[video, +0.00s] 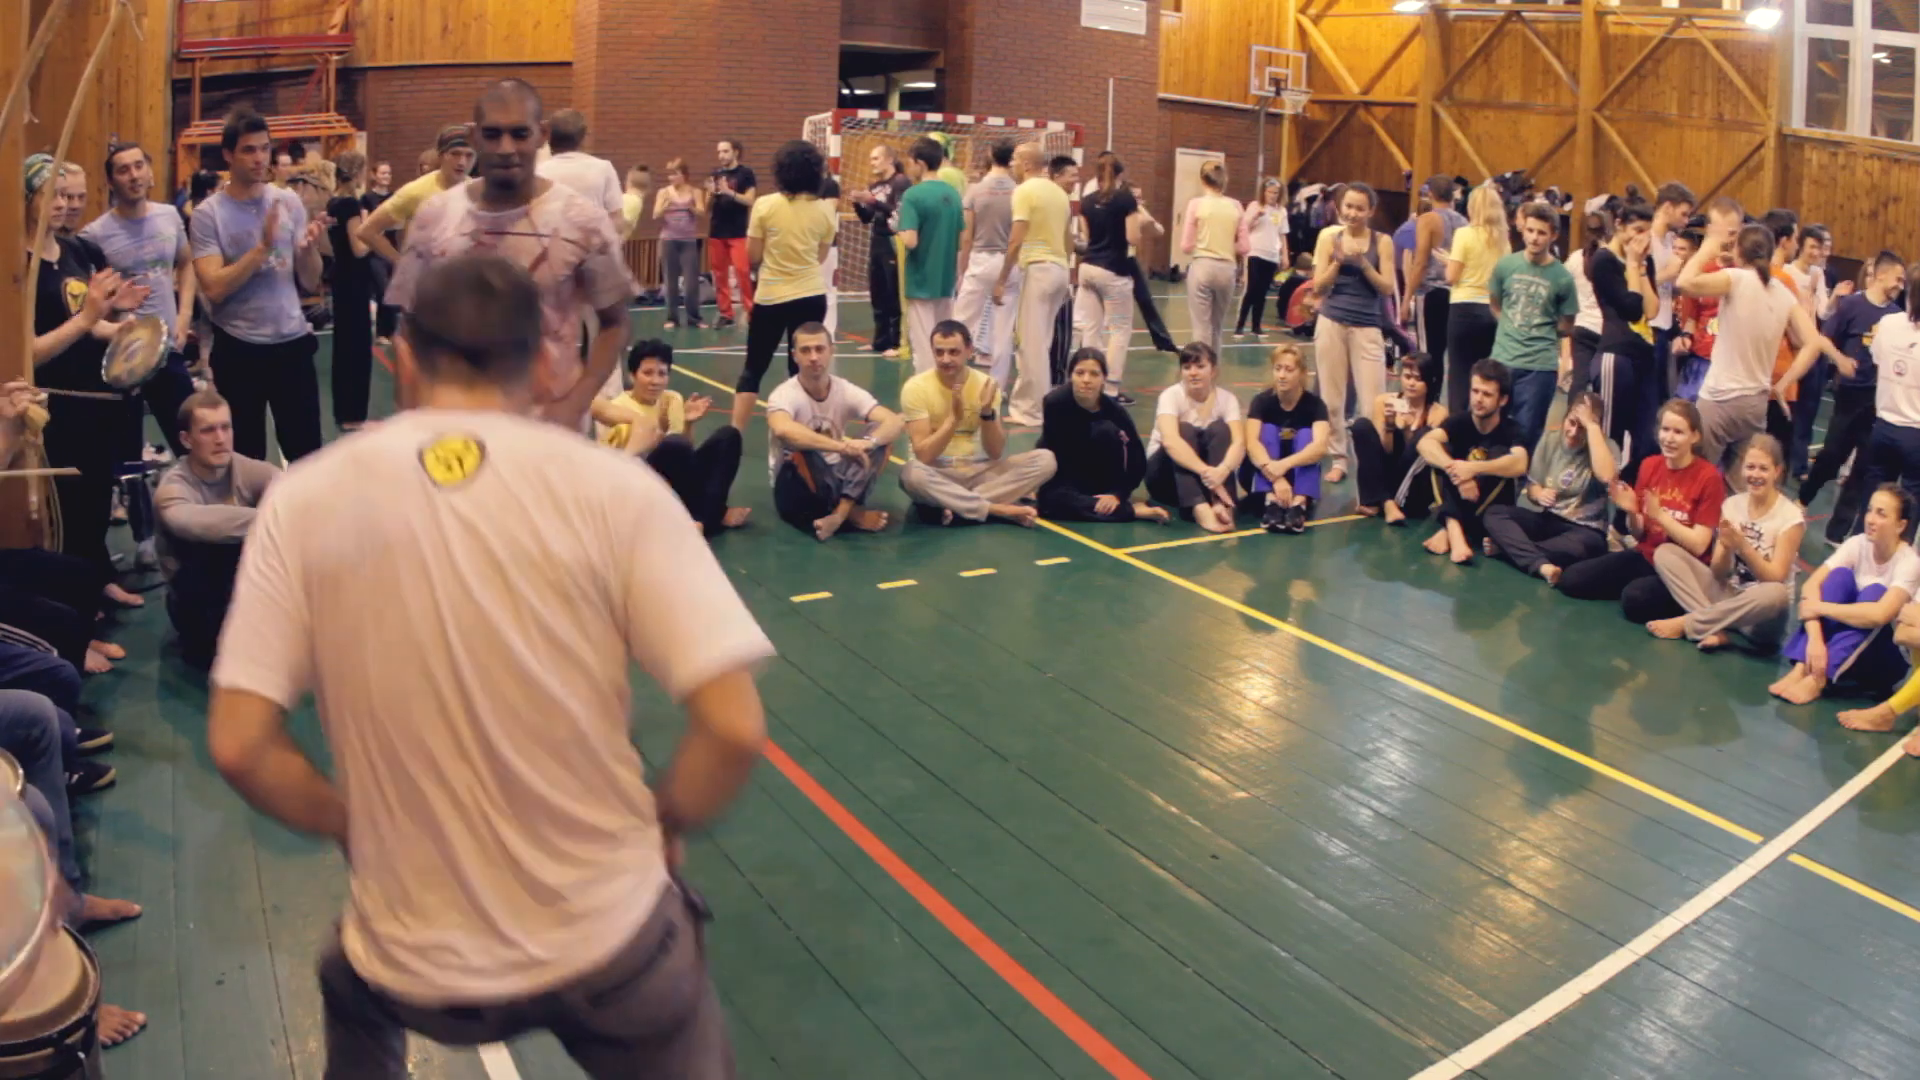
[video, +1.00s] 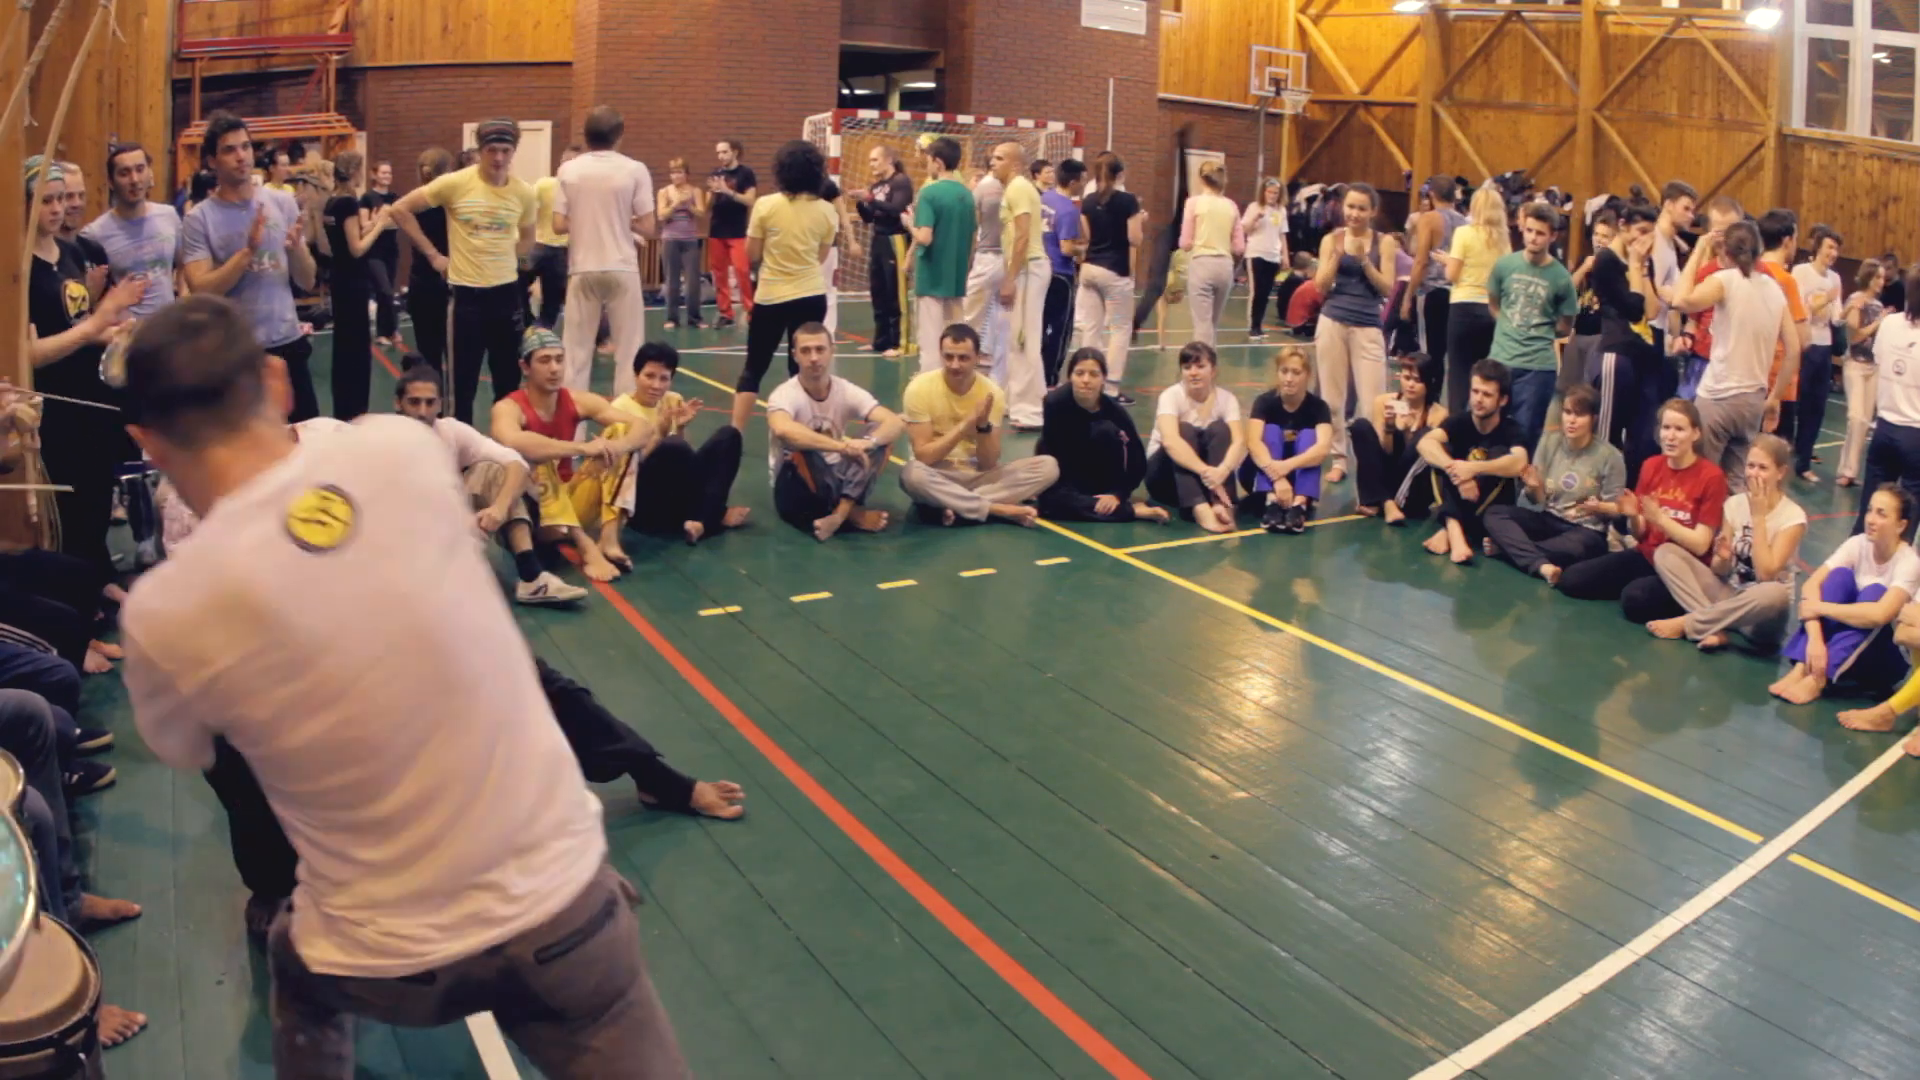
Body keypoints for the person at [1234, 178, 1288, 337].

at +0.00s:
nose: (1273, 195)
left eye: (1276, 193)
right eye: (1270, 192)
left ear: (1279, 194)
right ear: (1263, 192)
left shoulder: (1281, 211)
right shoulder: (1255, 206)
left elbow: (1283, 235)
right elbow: (1245, 226)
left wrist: (1285, 255)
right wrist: (1257, 216)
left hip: (1272, 254)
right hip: (1256, 252)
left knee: (1262, 294)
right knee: (1251, 291)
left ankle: (1256, 326)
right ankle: (1240, 326)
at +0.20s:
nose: (1272, 195)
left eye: (1276, 192)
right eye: (1270, 192)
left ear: (1279, 194)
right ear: (1263, 192)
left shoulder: (1282, 211)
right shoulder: (1255, 206)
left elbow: (1283, 235)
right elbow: (1245, 226)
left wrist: (1285, 255)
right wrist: (1257, 215)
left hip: (1273, 254)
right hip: (1256, 251)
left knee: (1262, 293)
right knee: (1251, 291)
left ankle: (1256, 326)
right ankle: (1240, 326)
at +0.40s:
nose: (1273, 196)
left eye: (1276, 193)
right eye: (1270, 192)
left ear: (1280, 194)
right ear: (1264, 192)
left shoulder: (1282, 211)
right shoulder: (1255, 206)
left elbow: (1284, 235)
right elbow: (1244, 226)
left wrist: (1285, 254)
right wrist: (1257, 216)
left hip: (1273, 253)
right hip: (1256, 250)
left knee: (1263, 293)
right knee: (1253, 289)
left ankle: (1256, 326)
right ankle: (1241, 325)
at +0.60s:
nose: (1273, 196)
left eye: (1276, 193)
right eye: (1270, 192)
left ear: (1280, 194)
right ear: (1264, 192)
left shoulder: (1283, 211)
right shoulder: (1256, 207)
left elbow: (1284, 235)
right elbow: (1244, 226)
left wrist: (1286, 254)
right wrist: (1257, 217)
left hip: (1274, 253)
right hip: (1256, 250)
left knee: (1264, 291)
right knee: (1256, 288)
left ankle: (1256, 325)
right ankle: (1245, 324)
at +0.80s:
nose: (1273, 196)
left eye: (1276, 193)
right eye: (1270, 192)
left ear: (1280, 195)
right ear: (1264, 193)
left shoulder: (1282, 211)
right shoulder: (1256, 207)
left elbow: (1284, 235)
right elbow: (1245, 228)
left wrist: (1286, 255)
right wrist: (1256, 218)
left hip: (1274, 254)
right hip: (1256, 252)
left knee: (1264, 292)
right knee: (1257, 291)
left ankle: (1257, 325)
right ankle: (1253, 326)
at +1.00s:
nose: (1272, 196)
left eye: (1276, 193)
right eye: (1270, 192)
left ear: (1280, 195)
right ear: (1263, 192)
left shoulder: (1281, 211)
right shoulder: (1255, 207)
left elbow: (1283, 235)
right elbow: (1244, 228)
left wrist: (1285, 255)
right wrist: (1256, 218)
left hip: (1273, 254)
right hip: (1256, 252)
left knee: (1265, 293)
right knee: (1258, 291)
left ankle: (1258, 325)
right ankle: (1254, 326)